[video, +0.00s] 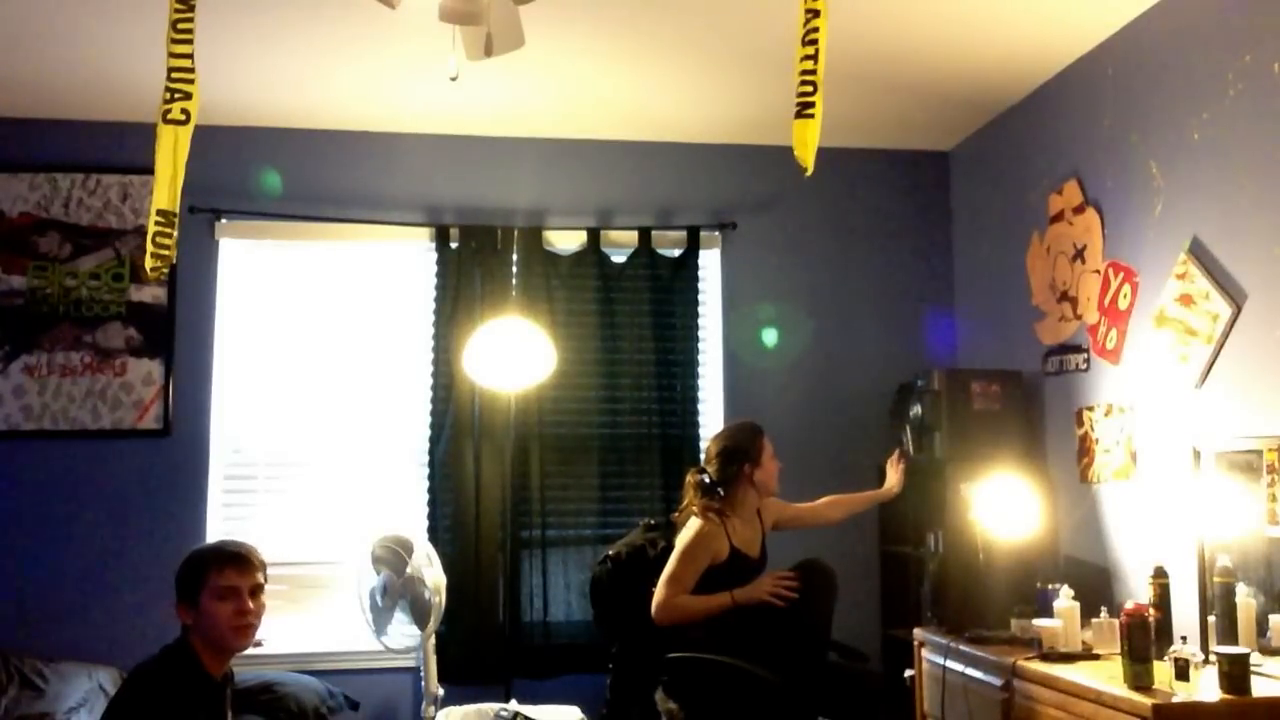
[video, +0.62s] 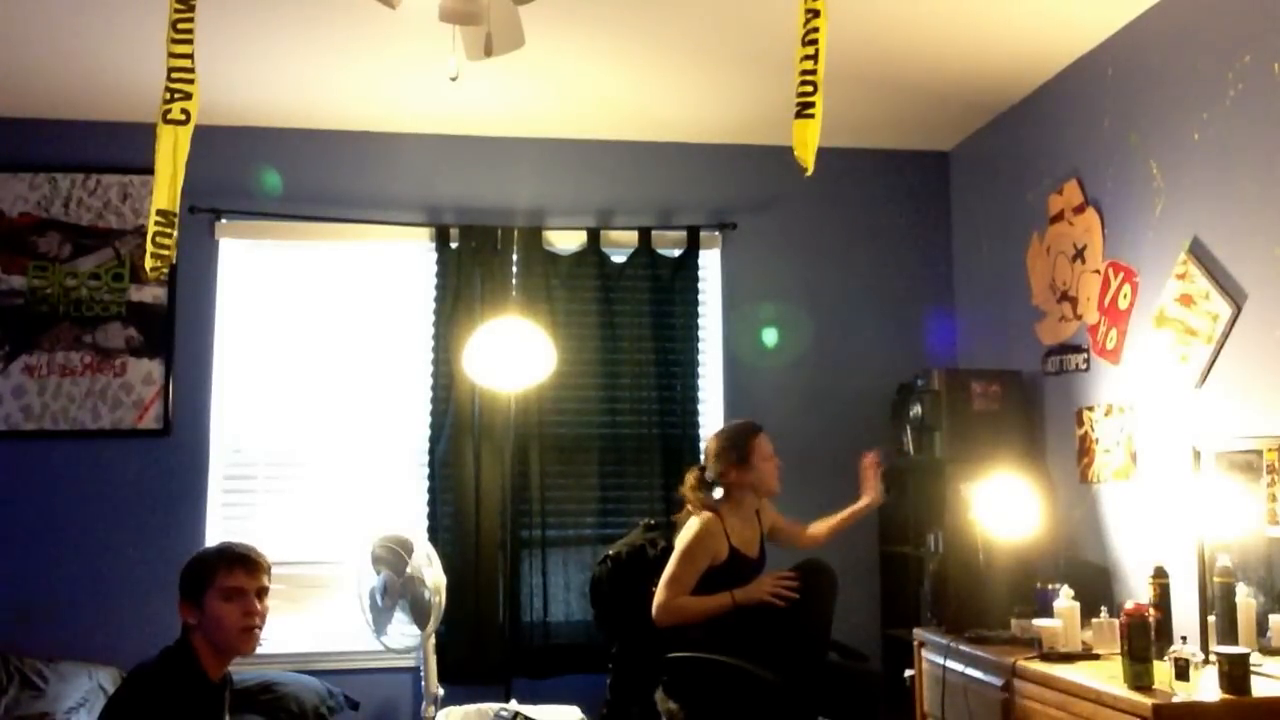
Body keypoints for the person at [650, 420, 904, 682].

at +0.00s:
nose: (779, 465)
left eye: (775, 457)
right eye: (772, 458)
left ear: (749, 472)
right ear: (749, 471)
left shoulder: (762, 511)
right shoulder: (704, 529)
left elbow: (823, 510)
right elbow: (663, 609)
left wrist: (885, 492)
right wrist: (742, 595)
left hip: (734, 637)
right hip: (695, 652)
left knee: (815, 575)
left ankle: (806, 687)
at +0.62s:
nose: (779, 464)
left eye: (774, 456)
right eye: (769, 458)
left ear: (738, 474)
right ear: (735, 474)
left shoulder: (758, 511)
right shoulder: (704, 528)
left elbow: (809, 537)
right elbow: (664, 610)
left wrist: (867, 502)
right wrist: (744, 595)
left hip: (731, 636)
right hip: (694, 651)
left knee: (816, 575)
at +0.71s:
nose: (770, 467)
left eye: (770, 458)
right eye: (757, 460)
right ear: (726, 473)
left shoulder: (756, 512)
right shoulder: (704, 526)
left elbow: (794, 558)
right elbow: (664, 610)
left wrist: (843, 524)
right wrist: (743, 595)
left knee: (817, 576)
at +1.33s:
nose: (741, 486)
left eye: (752, 476)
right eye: (732, 476)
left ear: (768, 481)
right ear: (716, 478)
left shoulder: (756, 527)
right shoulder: (700, 526)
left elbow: (766, 603)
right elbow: (661, 613)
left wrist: (796, 664)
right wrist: (740, 596)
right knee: (811, 574)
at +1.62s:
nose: (740, 489)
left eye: (752, 479)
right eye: (732, 478)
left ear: (769, 483)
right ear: (718, 479)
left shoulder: (756, 528)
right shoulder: (700, 528)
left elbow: (768, 607)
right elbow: (662, 615)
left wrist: (796, 666)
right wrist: (740, 596)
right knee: (811, 575)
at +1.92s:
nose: (742, 491)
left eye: (754, 481)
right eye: (734, 480)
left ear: (772, 484)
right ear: (719, 479)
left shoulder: (759, 528)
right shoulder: (701, 527)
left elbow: (769, 604)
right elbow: (662, 615)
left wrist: (795, 665)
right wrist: (741, 597)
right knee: (811, 575)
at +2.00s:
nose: (743, 491)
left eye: (754, 481)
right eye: (734, 480)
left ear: (772, 484)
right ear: (719, 479)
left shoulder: (759, 526)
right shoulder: (701, 527)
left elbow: (769, 601)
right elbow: (662, 616)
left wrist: (796, 664)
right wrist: (741, 597)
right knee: (811, 575)